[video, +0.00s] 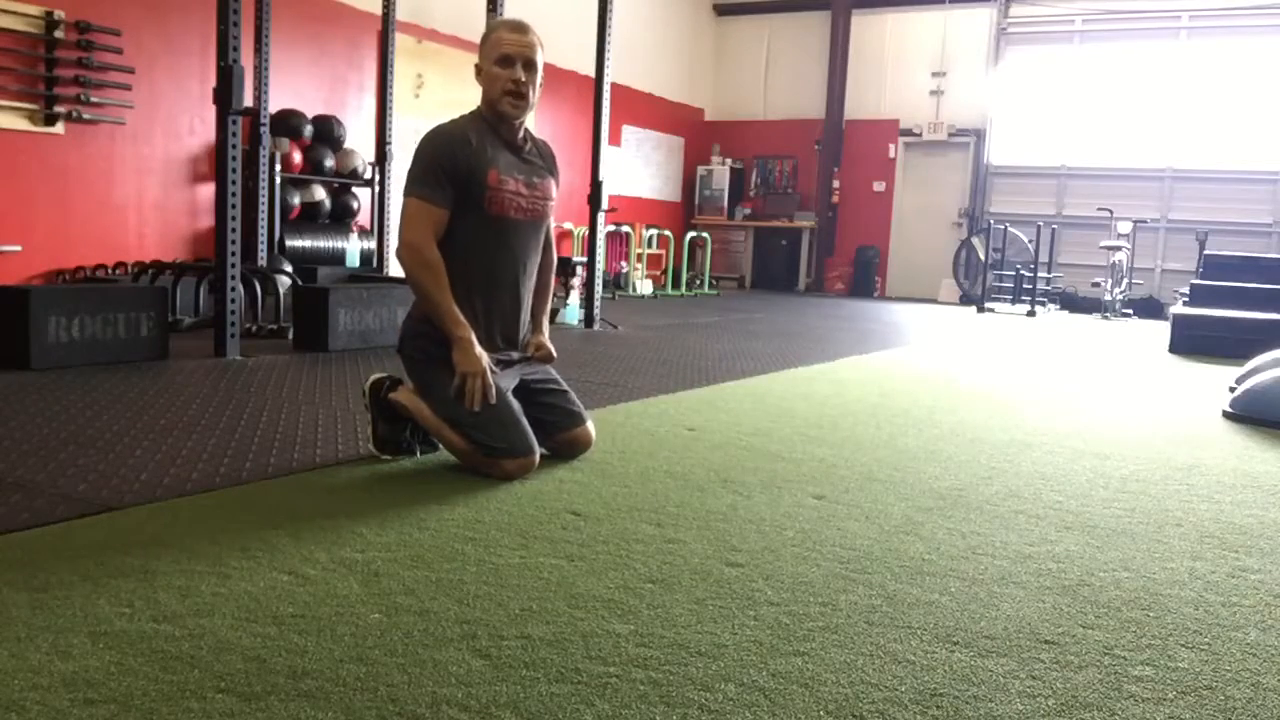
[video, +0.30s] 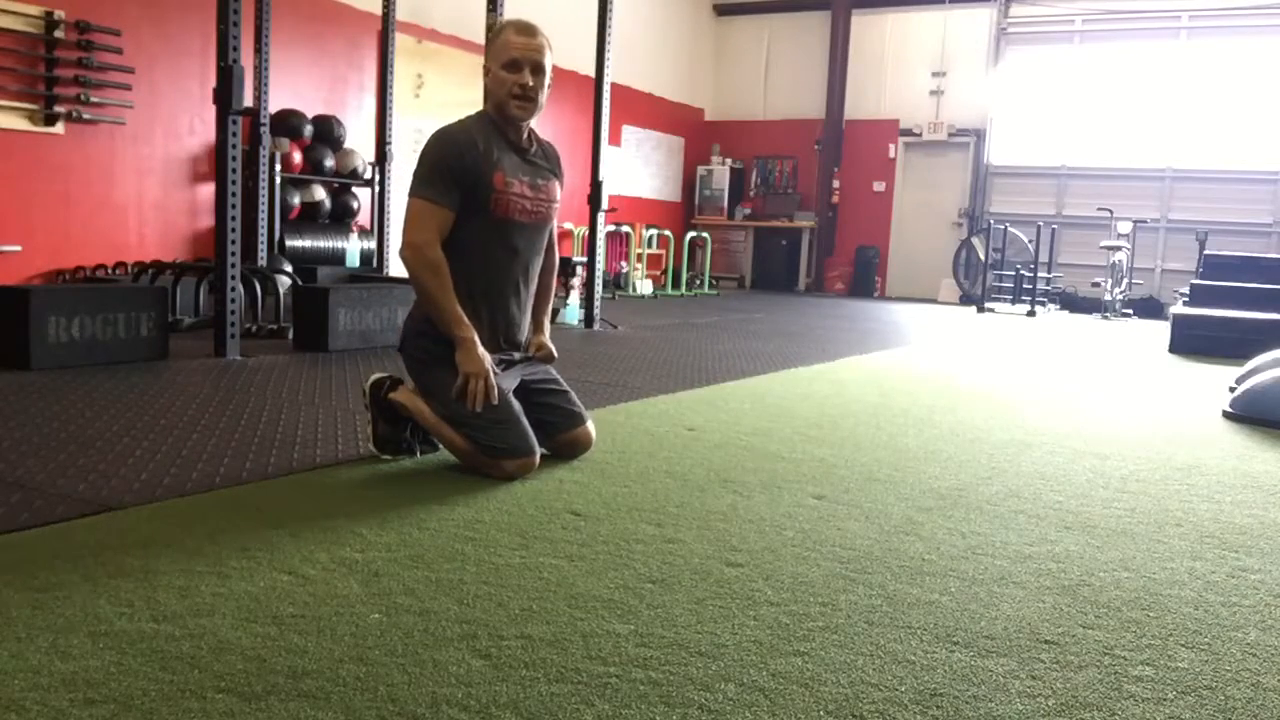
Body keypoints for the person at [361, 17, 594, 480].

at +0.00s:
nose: (519, 76)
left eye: (529, 66)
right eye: (505, 63)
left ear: (540, 78)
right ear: (480, 71)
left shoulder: (543, 157)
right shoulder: (448, 144)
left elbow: (545, 247)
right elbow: (414, 246)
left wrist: (539, 329)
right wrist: (463, 336)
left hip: (514, 345)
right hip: (448, 346)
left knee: (574, 439)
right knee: (515, 463)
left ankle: (442, 412)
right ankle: (399, 399)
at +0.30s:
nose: (525, 81)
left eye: (537, 70)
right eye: (512, 67)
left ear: (549, 80)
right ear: (486, 73)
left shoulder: (547, 157)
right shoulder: (455, 145)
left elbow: (547, 247)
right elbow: (418, 247)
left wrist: (540, 328)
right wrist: (466, 338)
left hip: (515, 344)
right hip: (450, 347)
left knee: (574, 439)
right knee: (515, 463)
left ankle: (442, 412)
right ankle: (400, 400)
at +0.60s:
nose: (523, 84)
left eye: (535, 73)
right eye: (509, 70)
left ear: (548, 81)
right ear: (485, 73)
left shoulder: (548, 158)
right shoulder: (454, 148)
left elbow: (552, 246)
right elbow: (432, 251)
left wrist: (543, 321)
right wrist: (523, 301)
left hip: (514, 343)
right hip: (450, 346)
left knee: (574, 439)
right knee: (515, 462)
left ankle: (444, 413)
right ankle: (399, 399)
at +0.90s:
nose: (536, 88)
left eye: (545, 76)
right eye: (522, 72)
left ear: (552, 83)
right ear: (489, 71)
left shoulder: (543, 157)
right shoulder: (462, 150)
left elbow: (539, 248)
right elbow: (467, 257)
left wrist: (539, 328)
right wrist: (569, 274)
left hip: (514, 343)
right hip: (450, 347)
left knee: (574, 439)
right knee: (515, 462)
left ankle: (452, 404)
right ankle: (400, 399)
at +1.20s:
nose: (538, 86)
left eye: (548, 76)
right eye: (525, 70)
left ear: (556, 86)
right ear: (493, 71)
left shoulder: (547, 160)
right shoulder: (460, 152)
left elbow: (548, 247)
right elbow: (441, 260)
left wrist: (540, 323)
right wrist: (526, 318)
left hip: (514, 342)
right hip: (451, 345)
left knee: (574, 439)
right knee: (514, 463)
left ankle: (445, 412)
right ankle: (398, 399)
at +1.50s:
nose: (538, 87)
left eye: (549, 77)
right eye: (525, 70)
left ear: (556, 87)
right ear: (493, 72)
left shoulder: (548, 160)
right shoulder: (456, 152)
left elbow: (549, 247)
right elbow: (420, 256)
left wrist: (543, 328)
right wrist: (493, 330)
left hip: (513, 338)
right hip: (447, 345)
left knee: (573, 439)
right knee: (514, 463)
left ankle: (445, 411)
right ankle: (398, 399)